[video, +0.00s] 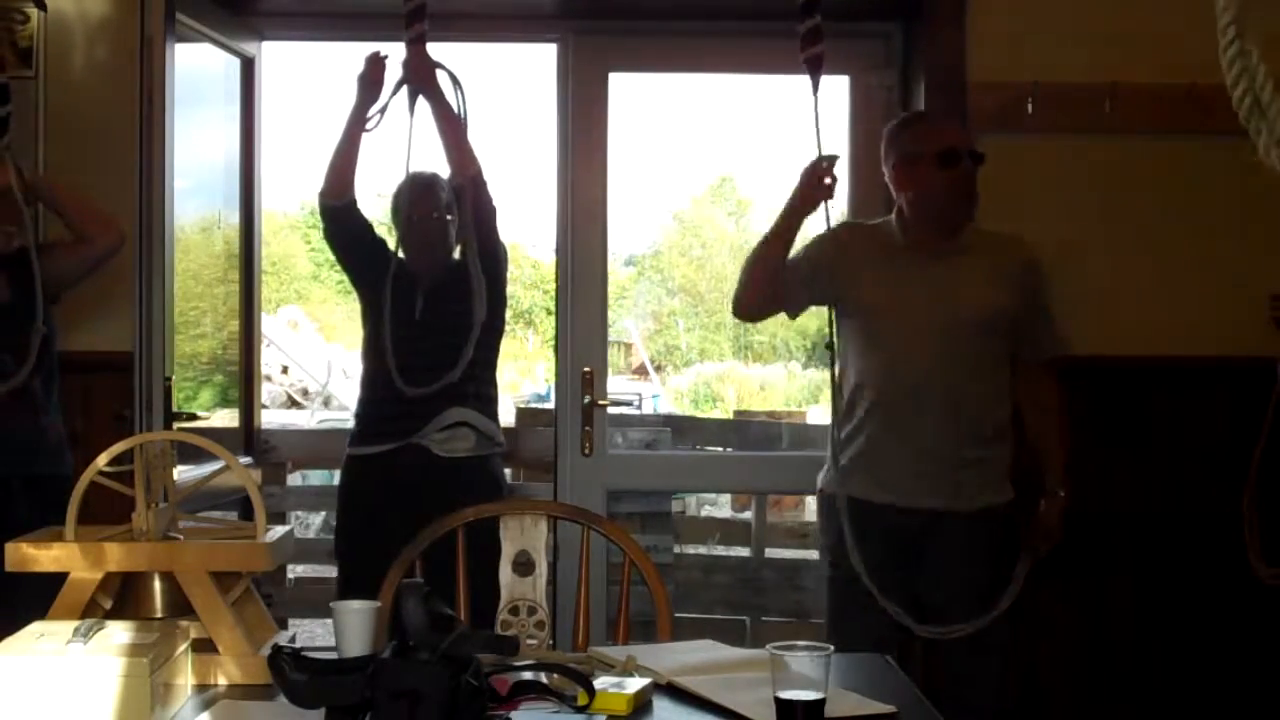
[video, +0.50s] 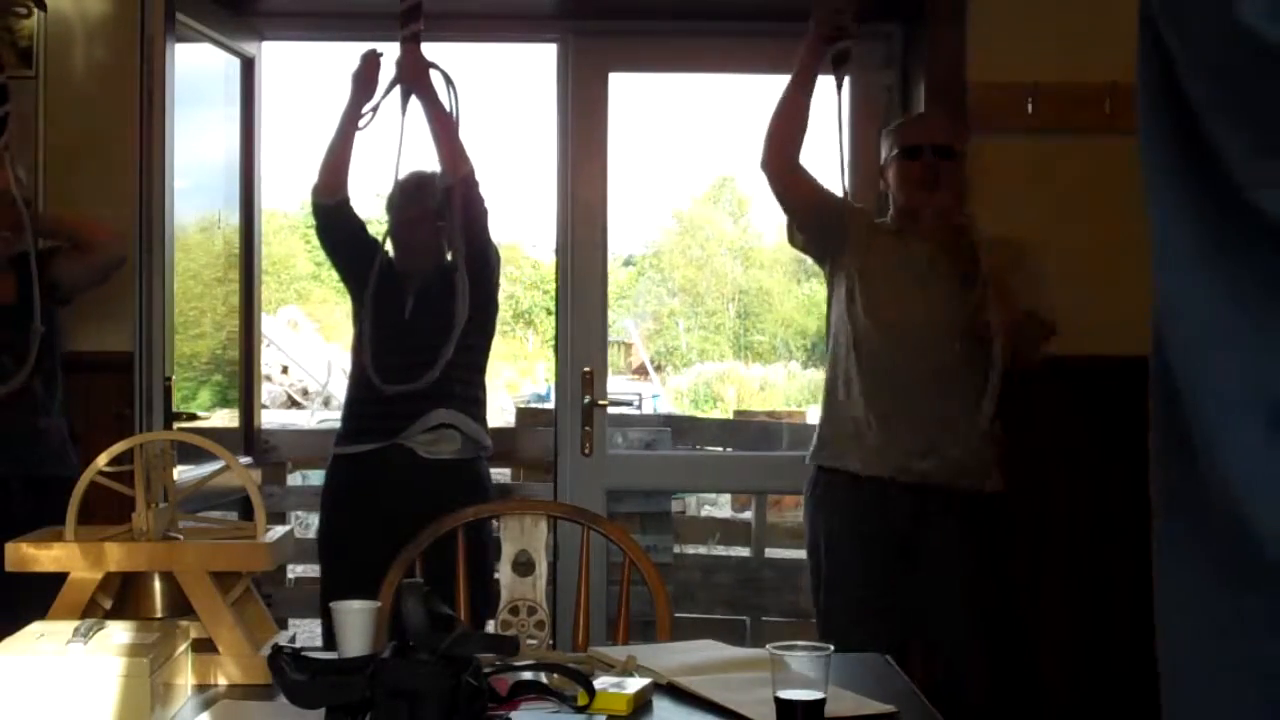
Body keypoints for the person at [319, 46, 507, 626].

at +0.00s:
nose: (428, 214)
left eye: (438, 204)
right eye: (415, 206)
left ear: (457, 217)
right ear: (397, 224)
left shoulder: (482, 279)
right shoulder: (381, 279)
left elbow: (470, 184)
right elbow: (335, 203)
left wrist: (431, 92)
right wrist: (362, 106)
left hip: (464, 469)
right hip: (379, 467)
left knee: (462, 628)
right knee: (367, 626)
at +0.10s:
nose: (423, 213)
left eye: (433, 203)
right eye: (410, 205)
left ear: (454, 218)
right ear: (394, 223)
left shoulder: (480, 279)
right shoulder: (378, 280)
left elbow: (469, 183)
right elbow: (333, 203)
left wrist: (429, 93)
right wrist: (360, 104)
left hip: (460, 473)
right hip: (375, 471)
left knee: (461, 632)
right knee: (364, 632)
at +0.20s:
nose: (427, 211)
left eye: (437, 202)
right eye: (412, 203)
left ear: (454, 218)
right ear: (392, 224)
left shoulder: (477, 280)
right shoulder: (376, 280)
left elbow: (467, 183)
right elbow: (331, 202)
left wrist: (427, 93)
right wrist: (358, 104)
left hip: (458, 476)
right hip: (371, 474)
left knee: (460, 638)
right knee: (362, 640)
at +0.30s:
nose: (428, 198)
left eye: (437, 190)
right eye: (412, 193)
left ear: (454, 214)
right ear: (391, 221)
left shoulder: (475, 279)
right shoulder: (374, 279)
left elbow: (464, 180)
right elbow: (331, 200)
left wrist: (424, 91)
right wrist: (358, 105)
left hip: (454, 473)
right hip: (366, 472)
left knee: (458, 641)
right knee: (358, 643)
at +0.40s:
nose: (428, 206)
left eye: (439, 197)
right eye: (412, 198)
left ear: (454, 217)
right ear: (390, 222)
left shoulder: (473, 280)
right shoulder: (374, 280)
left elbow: (462, 181)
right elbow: (329, 199)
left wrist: (423, 91)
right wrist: (357, 106)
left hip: (452, 479)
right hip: (364, 478)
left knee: (456, 645)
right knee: (358, 649)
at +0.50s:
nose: (432, 210)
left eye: (442, 200)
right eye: (416, 201)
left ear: (455, 219)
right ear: (390, 222)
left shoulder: (473, 282)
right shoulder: (373, 281)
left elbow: (462, 183)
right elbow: (328, 200)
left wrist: (425, 93)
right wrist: (355, 108)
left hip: (451, 480)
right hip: (364, 480)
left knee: (455, 645)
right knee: (357, 649)